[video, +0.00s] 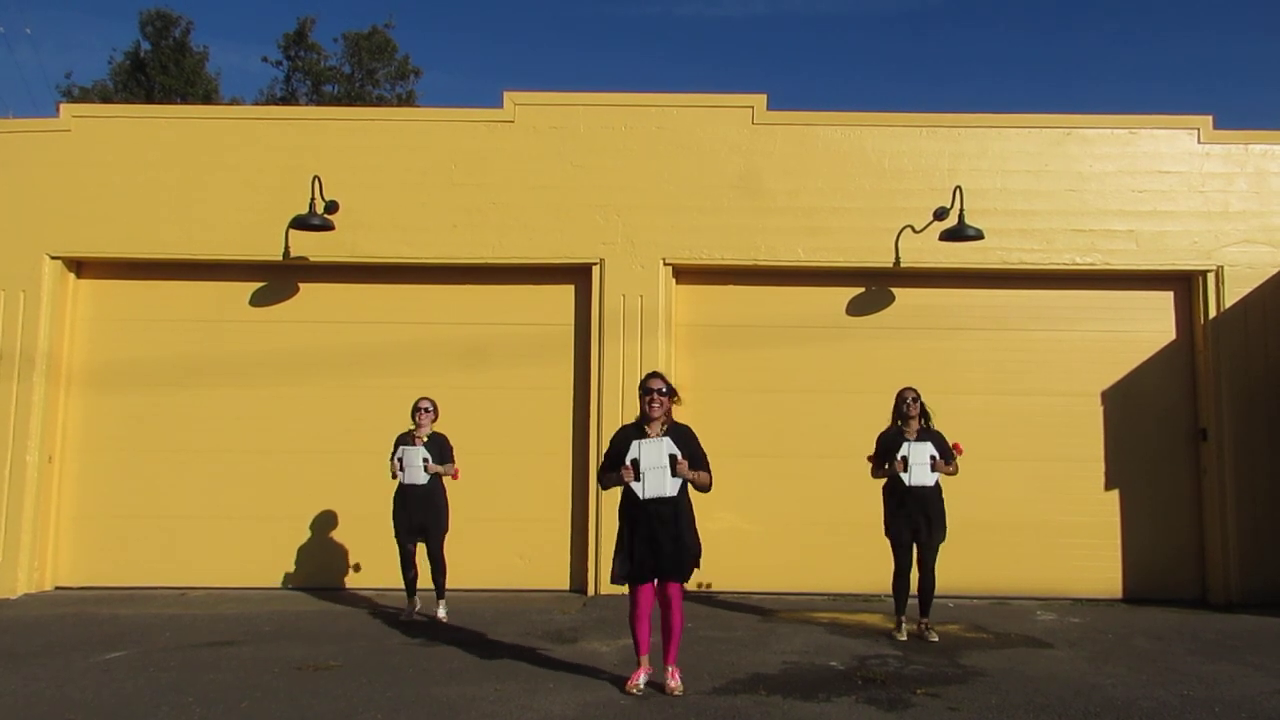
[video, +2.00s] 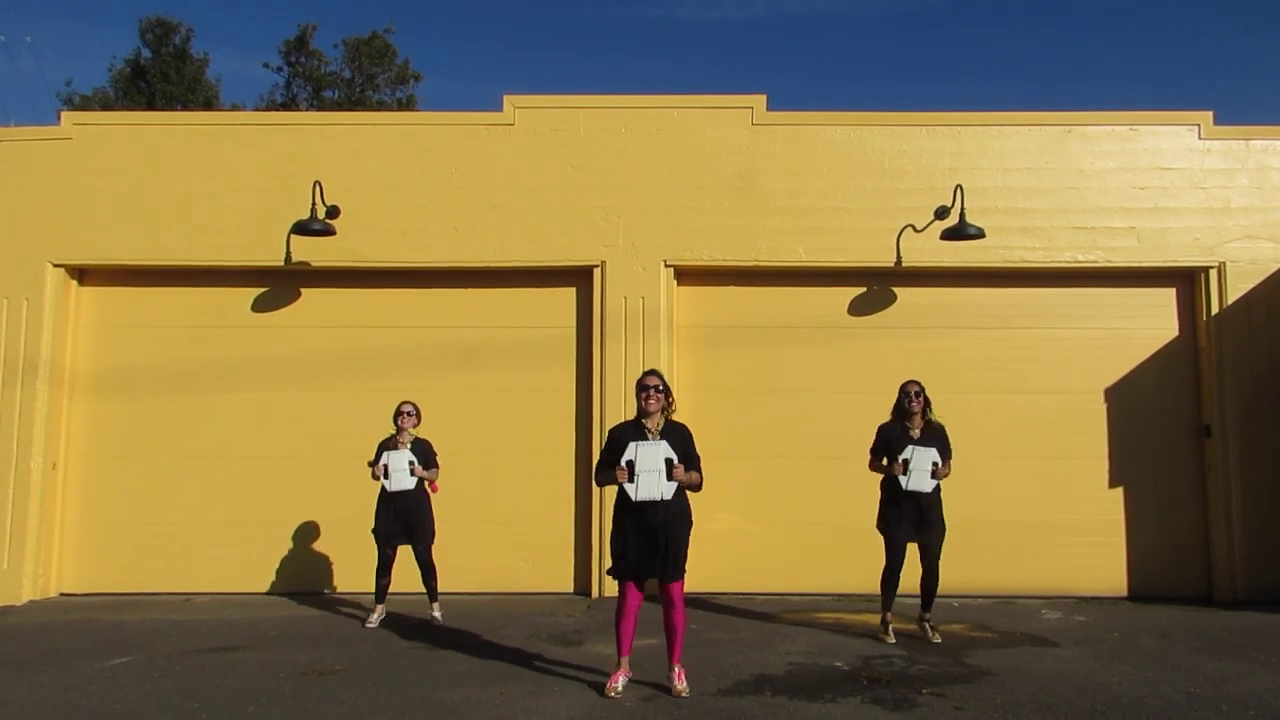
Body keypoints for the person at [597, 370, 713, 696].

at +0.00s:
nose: (654, 398)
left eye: (661, 393)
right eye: (648, 393)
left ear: (670, 399)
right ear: (640, 398)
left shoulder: (683, 434)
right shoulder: (625, 436)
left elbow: (706, 482)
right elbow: (603, 479)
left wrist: (689, 473)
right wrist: (620, 476)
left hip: (676, 530)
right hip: (638, 530)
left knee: (671, 594)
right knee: (641, 595)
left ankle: (671, 668)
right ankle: (643, 667)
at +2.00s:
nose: (650, 394)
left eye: (657, 390)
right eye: (645, 389)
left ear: (667, 396)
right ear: (637, 395)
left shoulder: (680, 433)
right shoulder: (621, 433)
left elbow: (697, 481)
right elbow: (600, 476)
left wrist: (683, 476)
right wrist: (616, 474)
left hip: (672, 529)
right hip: (631, 529)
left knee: (673, 597)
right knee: (629, 598)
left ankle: (676, 668)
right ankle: (622, 667)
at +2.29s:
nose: (653, 416)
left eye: (660, 411)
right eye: (647, 411)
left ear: (672, 415)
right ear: (640, 415)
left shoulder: (681, 447)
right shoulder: (631, 449)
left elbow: (702, 482)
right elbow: (623, 482)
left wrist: (704, 458)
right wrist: (638, 469)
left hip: (679, 540)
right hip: (636, 541)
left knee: (701, 613)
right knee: (621, 614)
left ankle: (724, 683)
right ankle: (600, 679)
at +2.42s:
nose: (660, 393)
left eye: (667, 388)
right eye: (655, 388)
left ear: (678, 392)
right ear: (647, 393)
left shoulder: (694, 423)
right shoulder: (638, 430)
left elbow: (736, 433)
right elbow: (626, 469)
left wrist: (741, 399)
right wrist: (608, 476)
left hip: (689, 522)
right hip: (647, 523)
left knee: (707, 593)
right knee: (628, 592)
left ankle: (728, 668)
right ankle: (608, 658)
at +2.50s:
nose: (665, 394)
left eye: (672, 389)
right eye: (660, 389)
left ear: (686, 392)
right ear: (653, 392)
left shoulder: (704, 417)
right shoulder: (647, 427)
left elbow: (741, 395)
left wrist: (755, 362)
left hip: (696, 515)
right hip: (654, 516)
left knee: (713, 594)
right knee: (636, 592)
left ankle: (731, 668)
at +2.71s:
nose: (684, 408)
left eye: (688, 402)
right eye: (677, 403)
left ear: (694, 402)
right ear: (665, 405)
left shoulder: (707, 427)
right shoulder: (654, 441)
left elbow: (736, 399)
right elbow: (629, 479)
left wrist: (732, 364)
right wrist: (600, 502)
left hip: (703, 526)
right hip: (661, 527)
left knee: (724, 600)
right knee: (634, 592)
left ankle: (737, 668)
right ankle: (626, 598)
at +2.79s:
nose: (670, 408)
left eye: (677, 402)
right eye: (665, 403)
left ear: (691, 404)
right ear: (659, 405)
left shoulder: (701, 432)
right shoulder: (650, 440)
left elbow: (729, 440)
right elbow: (630, 473)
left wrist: (717, 417)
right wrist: (615, 489)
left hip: (698, 523)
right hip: (655, 524)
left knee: (719, 596)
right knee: (627, 597)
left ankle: (744, 666)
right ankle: (608, 643)